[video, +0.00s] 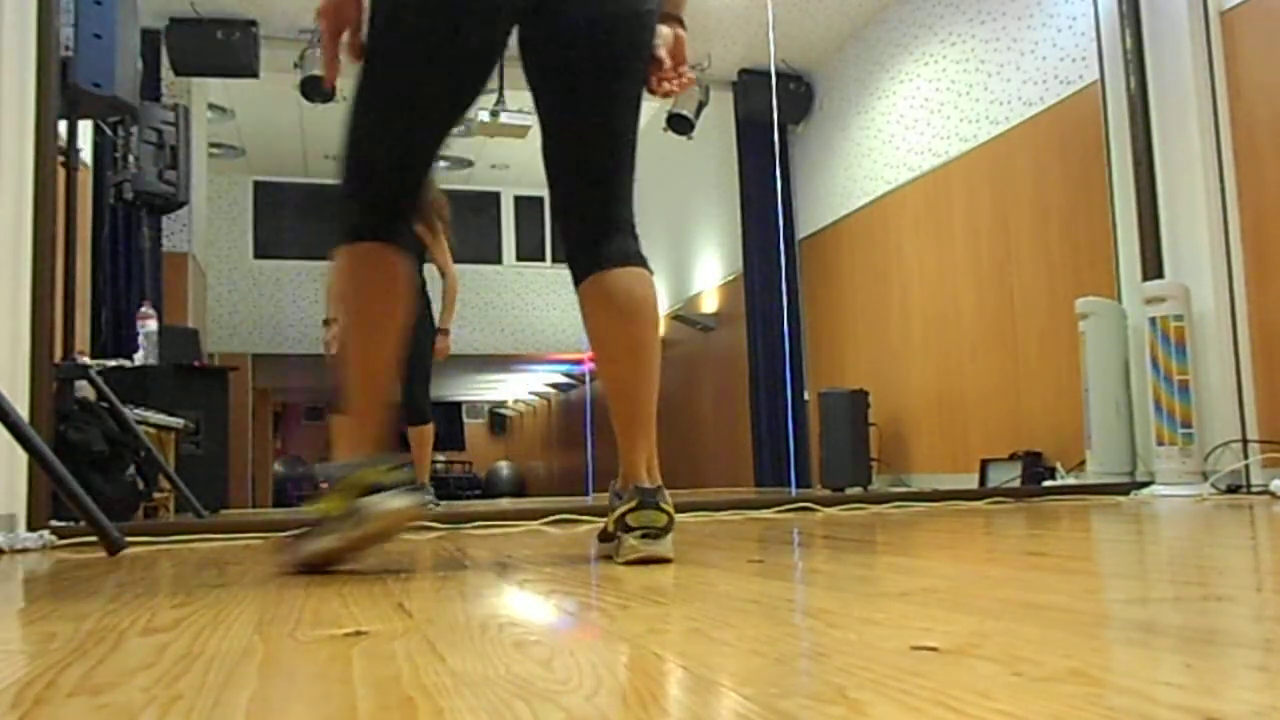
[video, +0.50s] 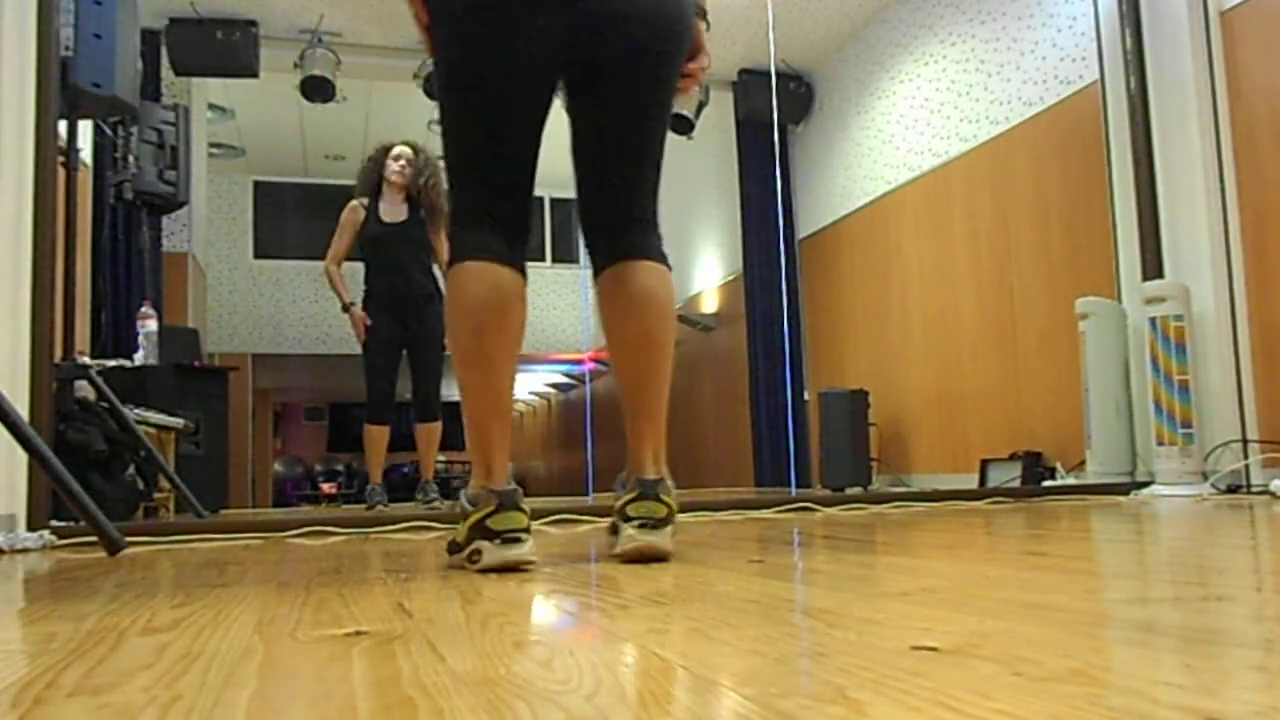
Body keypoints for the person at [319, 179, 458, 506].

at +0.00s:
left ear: (405, 191)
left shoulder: (418, 221)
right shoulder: (357, 226)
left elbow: (449, 274)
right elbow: (337, 272)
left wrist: (444, 328)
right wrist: (334, 319)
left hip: (411, 318)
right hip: (365, 319)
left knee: (415, 401)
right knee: (359, 392)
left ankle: (422, 484)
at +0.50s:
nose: (401, 165)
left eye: (408, 162)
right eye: (395, 159)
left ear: (417, 174)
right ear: (381, 166)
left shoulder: (428, 213)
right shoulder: (359, 210)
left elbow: (446, 263)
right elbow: (332, 263)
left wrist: (455, 314)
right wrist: (350, 307)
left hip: (425, 312)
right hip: (381, 314)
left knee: (428, 398)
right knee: (379, 399)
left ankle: (428, 482)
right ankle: (375, 484)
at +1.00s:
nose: (465, 171)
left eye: (472, 168)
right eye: (458, 166)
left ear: (480, 179)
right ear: (445, 176)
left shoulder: (494, 219)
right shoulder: (429, 217)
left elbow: (521, 266)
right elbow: (402, 267)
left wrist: (517, 300)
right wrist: (421, 286)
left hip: (488, 317)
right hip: (442, 316)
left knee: (522, 395)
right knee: (416, 402)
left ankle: (544, 478)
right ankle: (383, 482)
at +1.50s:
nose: (526, 172)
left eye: (531, 169)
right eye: (520, 167)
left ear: (537, 179)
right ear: (507, 175)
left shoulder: (544, 216)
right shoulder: (491, 212)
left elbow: (572, 209)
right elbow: (490, 193)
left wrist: (549, 173)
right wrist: (509, 169)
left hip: (542, 308)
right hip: (500, 308)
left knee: (541, 398)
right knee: (494, 397)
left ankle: (546, 480)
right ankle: (482, 481)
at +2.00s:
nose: (524, 170)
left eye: (530, 167)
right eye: (519, 164)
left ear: (537, 176)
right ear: (506, 172)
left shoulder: (544, 217)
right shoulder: (489, 210)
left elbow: (573, 204)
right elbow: (477, 173)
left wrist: (550, 169)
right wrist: (503, 158)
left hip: (545, 306)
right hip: (504, 307)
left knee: (543, 396)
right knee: (500, 397)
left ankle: (546, 480)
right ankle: (484, 481)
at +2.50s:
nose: (528, 177)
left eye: (534, 174)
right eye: (522, 171)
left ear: (539, 188)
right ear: (507, 181)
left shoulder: (542, 223)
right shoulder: (486, 217)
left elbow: (564, 243)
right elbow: (442, 227)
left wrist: (557, 198)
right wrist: (476, 196)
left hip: (526, 318)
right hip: (482, 316)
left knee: (573, 385)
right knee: (478, 398)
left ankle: (568, 470)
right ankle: (481, 483)